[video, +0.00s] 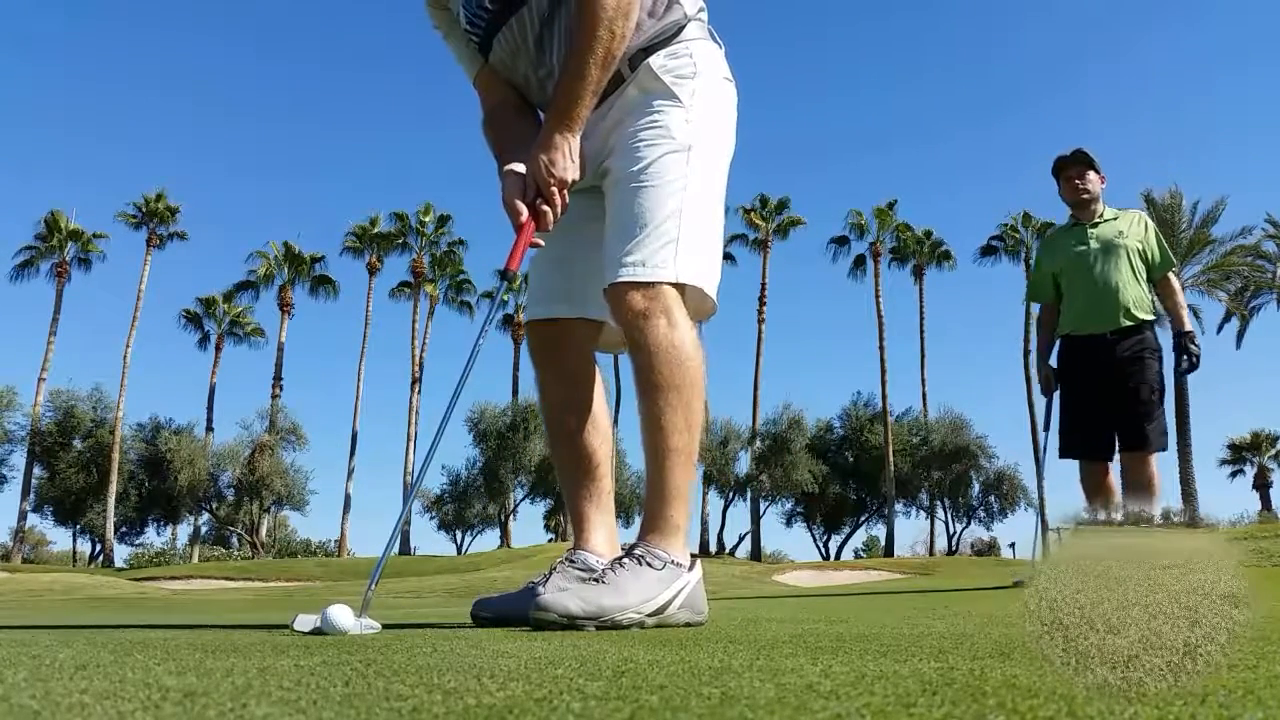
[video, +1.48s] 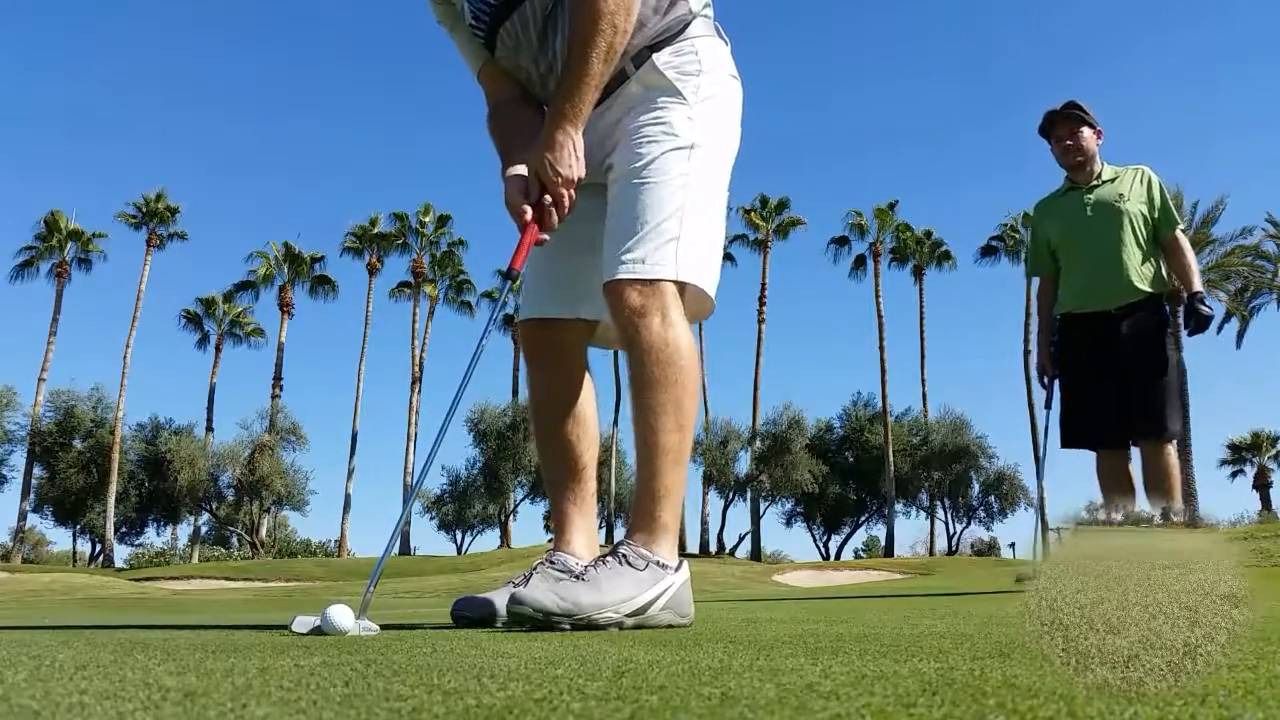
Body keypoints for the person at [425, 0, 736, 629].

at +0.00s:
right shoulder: (447, 8)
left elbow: (614, 5)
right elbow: (500, 99)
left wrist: (561, 127)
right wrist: (514, 162)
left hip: (659, 63)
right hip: (564, 114)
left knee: (645, 290)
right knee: (554, 325)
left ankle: (669, 559)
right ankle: (593, 560)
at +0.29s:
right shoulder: (450, 7)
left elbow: (618, 5)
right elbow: (503, 98)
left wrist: (563, 127)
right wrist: (517, 162)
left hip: (663, 59)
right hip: (567, 110)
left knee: (623, 280)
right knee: (552, 324)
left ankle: (655, 556)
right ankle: (594, 557)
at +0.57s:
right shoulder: (470, 5)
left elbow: (626, 5)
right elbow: (514, 81)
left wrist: (564, 123)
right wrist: (525, 149)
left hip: (673, 51)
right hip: (575, 100)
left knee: (642, 287)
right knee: (541, 318)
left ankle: (657, 562)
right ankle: (587, 550)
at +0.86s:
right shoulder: (457, 5)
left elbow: (619, 5)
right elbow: (506, 87)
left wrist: (564, 122)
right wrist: (518, 157)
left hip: (665, 57)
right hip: (570, 105)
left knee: (635, 288)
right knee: (546, 323)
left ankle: (656, 561)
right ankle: (575, 560)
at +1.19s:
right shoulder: (446, 6)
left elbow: (610, 5)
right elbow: (501, 97)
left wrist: (563, 122)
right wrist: (514, 161)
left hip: (661, 62)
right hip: (564, 110)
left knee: (635, 288)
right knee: (541, 325)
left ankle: (653, 559)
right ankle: (575, 559)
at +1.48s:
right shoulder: (452, 7)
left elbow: (614, 5)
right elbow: (506, 95)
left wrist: (565, 122)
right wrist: (517, 162)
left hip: (665, 61)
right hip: (570, 109)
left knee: (642, 289)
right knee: (544, 324)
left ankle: (655, 561)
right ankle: (574, 561)